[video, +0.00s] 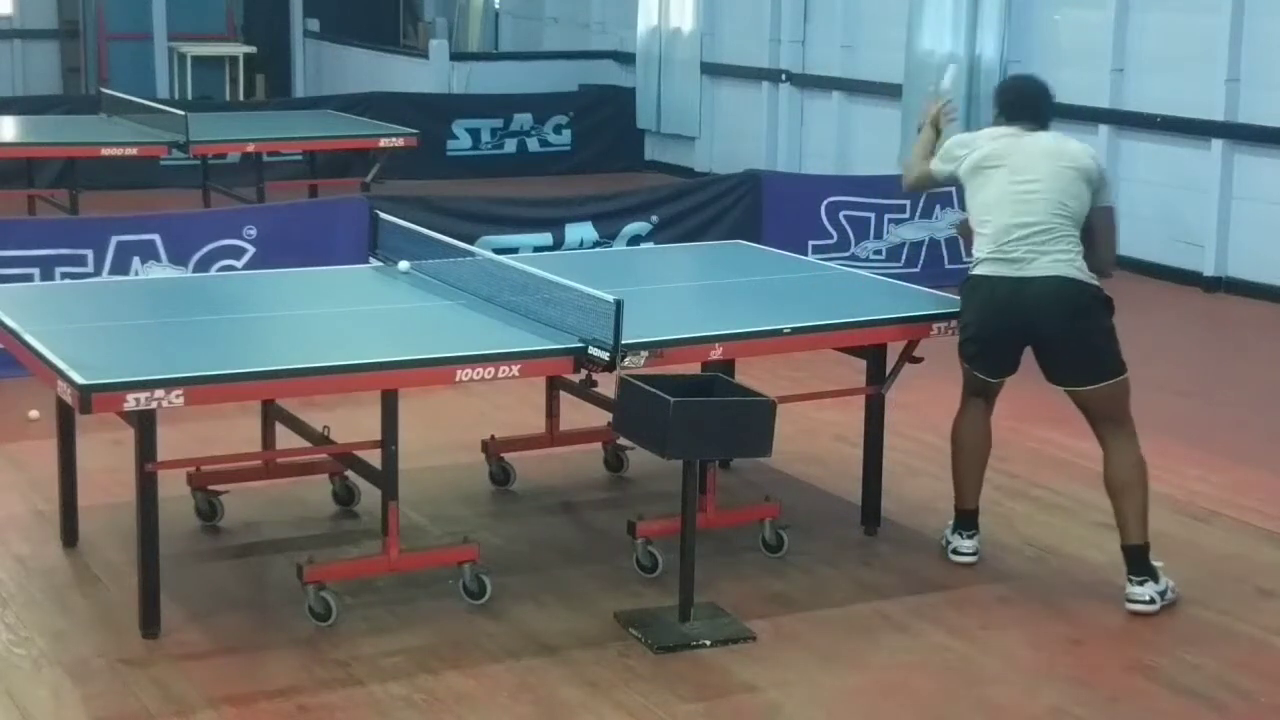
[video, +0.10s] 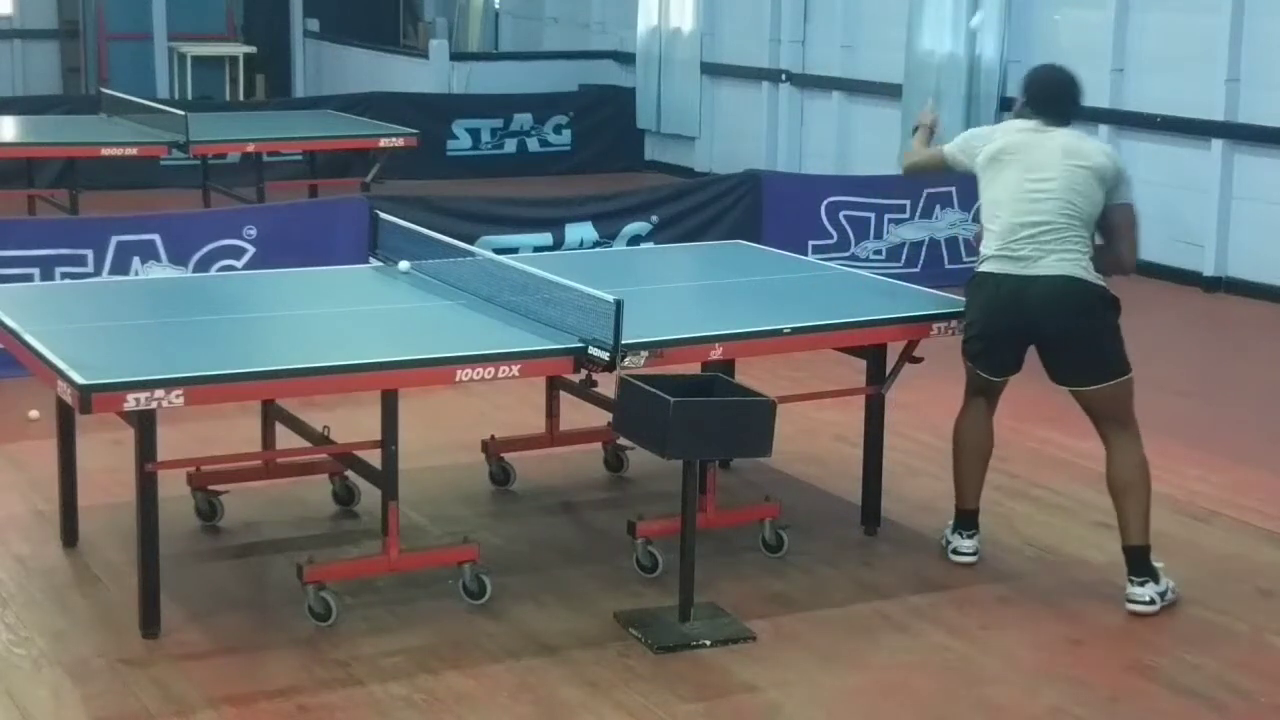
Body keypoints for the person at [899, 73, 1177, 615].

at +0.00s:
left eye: (1001, 108)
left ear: (999, 114)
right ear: (1050, 116)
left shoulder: (972, 147)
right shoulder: (1083, 157)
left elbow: (913, 179)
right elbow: (1103, 262)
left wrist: (929, 131)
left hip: (991, 296)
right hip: (1068, 300)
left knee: (976, 401)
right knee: (1116, 431)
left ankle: (964, 531)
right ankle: (1141, 577)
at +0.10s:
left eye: (1020, 100)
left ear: (1021, 104)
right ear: (1075, 111)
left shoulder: (990, 140)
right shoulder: (1103, 157)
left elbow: (913, 163)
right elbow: (1121, 260)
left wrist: (923, 134)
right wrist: (1071, 245)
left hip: (996, 293)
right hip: (1074, 300)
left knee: (979, 399)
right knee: (1119, 431)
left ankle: (964, 531)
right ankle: (1141, 578)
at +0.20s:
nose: (1044, 99)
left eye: (1048, 92)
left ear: (1051, 97)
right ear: (1104, 106)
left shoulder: (1013, 134)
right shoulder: (1127, 153)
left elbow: (919, 175)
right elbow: (1151, 240)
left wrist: (896, 167)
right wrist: (1098, 250)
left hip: (1005, 289)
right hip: (1082, 296)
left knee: (985, 396)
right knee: (1124, 427)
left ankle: (964, 530)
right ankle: (1141, 577)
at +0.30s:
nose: (1059, 95)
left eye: (1062, 87)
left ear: (1065, 94)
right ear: (1119, 103)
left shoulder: (1025, 132)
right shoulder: (1139, 145)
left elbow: (931, 184)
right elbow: (1168, 224)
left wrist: (868, 192)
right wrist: (1127, 250)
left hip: (1019, 286)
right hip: (1095, 296)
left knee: (991, 396)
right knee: (1132, 428)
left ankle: (965, 529)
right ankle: (1142, 577)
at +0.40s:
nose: (1062, 95)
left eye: (1066, 88)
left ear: (1068, 93)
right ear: (1122, 102)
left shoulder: (1030, 131)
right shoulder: (1145, 141)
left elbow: (938, 189)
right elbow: (1182, 221)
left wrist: (856, 206)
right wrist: (1148, 247)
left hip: (1036, 286)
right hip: (1115, 294)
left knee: (998, 397)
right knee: (1142, 429)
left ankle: (970, 529)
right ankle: (1142, 578)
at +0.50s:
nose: (1062, 107)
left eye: (1065, 100)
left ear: (1066, 102)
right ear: (1120, 110)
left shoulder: (1030, 136)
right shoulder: (1143, 143)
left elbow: (941, 193)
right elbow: (1196, 226)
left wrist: (854, 209)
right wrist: (1168, 208)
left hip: (1047, 291)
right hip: (1127, 298)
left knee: (997, 393)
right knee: (1147, 432)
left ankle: (989, 526)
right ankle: (1144, 576)